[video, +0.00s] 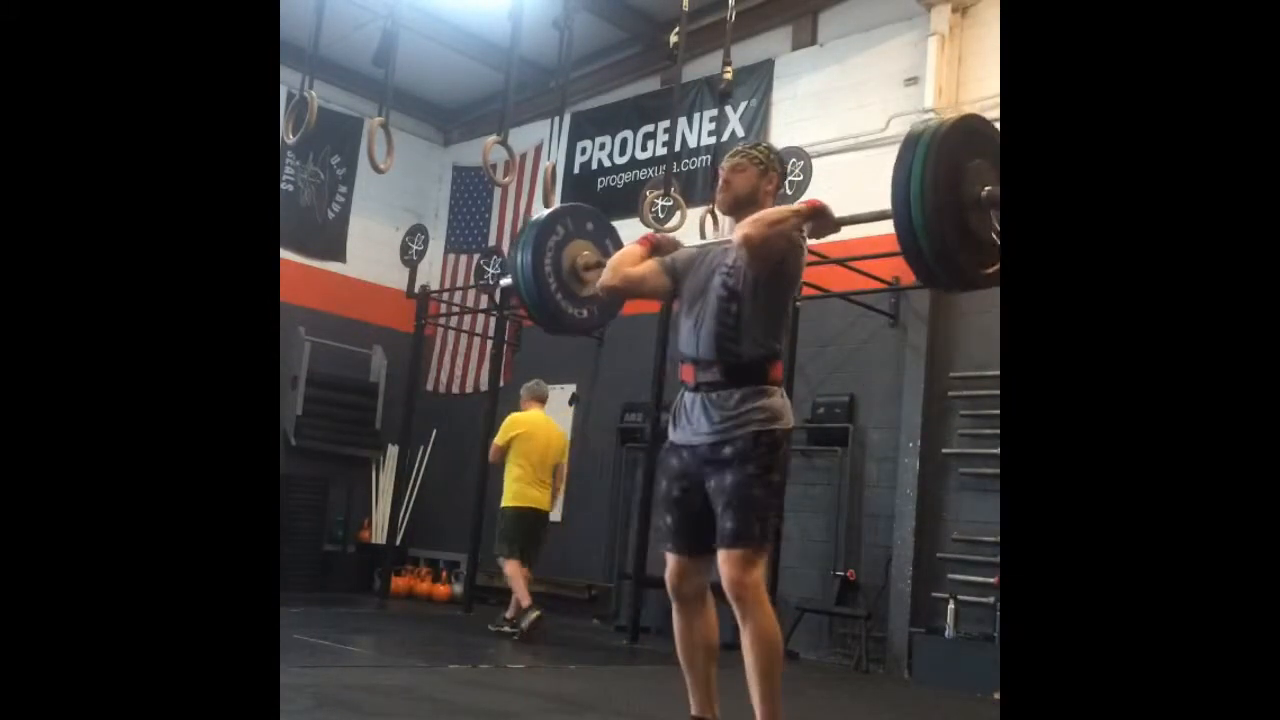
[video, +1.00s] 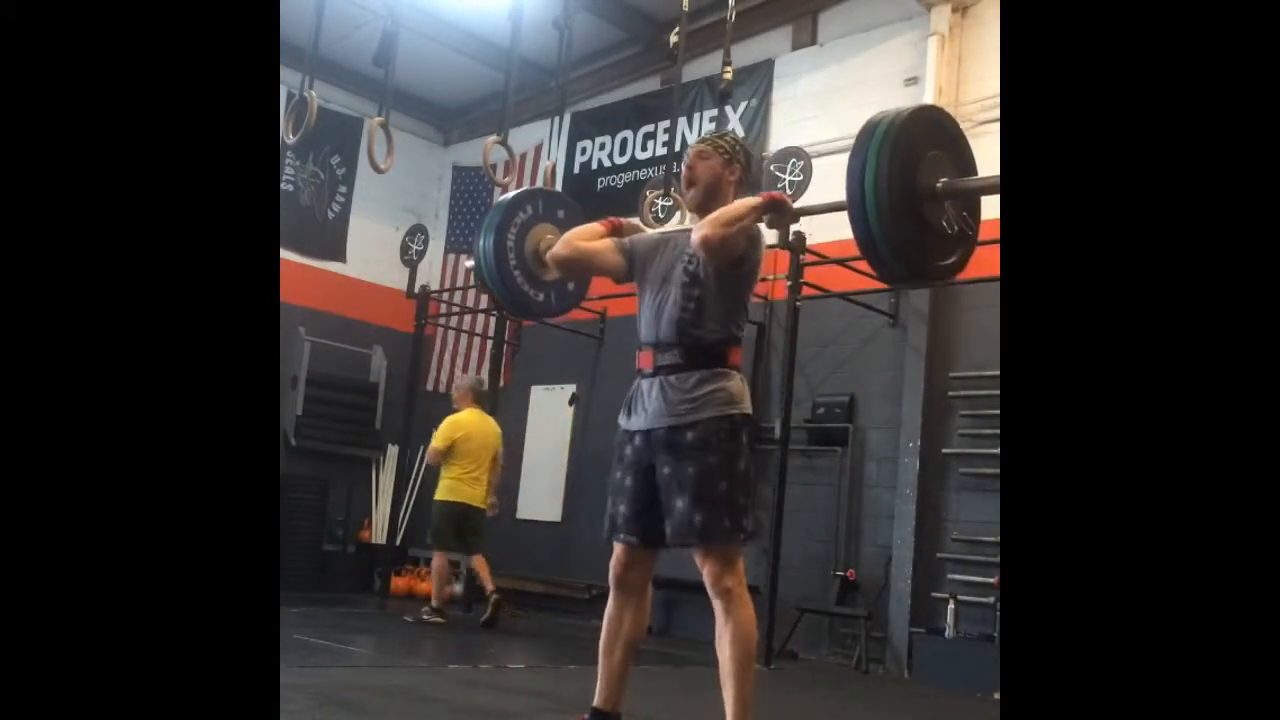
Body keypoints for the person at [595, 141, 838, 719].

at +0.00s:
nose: (724, 172)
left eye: (741, 164)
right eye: (722, 166)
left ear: (772, 184)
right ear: (718, 186)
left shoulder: (775, 242)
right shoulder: (694, 259)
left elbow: (748, 231)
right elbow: (611, 279)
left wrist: (806, 215)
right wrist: (642, 246)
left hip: (749, 417)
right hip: (688, 417)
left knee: (741, 579)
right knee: (684, 580)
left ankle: (767, 714)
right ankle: (703, 713)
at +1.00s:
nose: (687, 164)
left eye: (703, 155)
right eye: (688, 155)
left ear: (733, 172)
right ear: (684, 172)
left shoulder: (739, 236)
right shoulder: (656, 242)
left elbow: (706, 235)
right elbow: (562, 251)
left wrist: (759, 204)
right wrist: (616, 224)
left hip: (709, 415)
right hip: (644, 416)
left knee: (722, 578)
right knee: (626, 571)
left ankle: (737, 714)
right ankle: (604, 709)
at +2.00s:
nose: (687, 159)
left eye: (703, 150)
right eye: (688, 152)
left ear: (734, 169)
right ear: (684, 170)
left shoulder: (737, 232)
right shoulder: (654, 238)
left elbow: (703, 233)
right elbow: (556, 258)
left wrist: (760, 199)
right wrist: (604, 221)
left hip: (712, 414)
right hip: (645, 413)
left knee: (720, 580)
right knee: (613, 571)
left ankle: (735, 715)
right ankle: (602, 709)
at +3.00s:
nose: (655, 362)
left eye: (672, 356)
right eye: (653, 357)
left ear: (699, 381)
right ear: (645, 377)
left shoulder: (713, 451)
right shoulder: (619, 453)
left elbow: (676, 524)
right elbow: (540, 516)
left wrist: (720, 447)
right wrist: (559, 446)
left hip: (737, 590)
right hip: (657, 589)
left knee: (694, 598)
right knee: (554, 589)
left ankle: (725, 714)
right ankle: (595, 711)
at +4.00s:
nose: (712, 169)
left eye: (730, 167)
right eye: (710, 164)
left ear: (754, 190)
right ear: (700, 182)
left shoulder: (748, 242)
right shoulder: (655, 242)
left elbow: (792, 178)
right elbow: (584, 207)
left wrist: (790, 107)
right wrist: (613, 139)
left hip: (691, 406)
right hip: (625, 406)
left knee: (712, 575)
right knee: (617, 569)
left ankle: (735, 713)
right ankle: (602, 708)